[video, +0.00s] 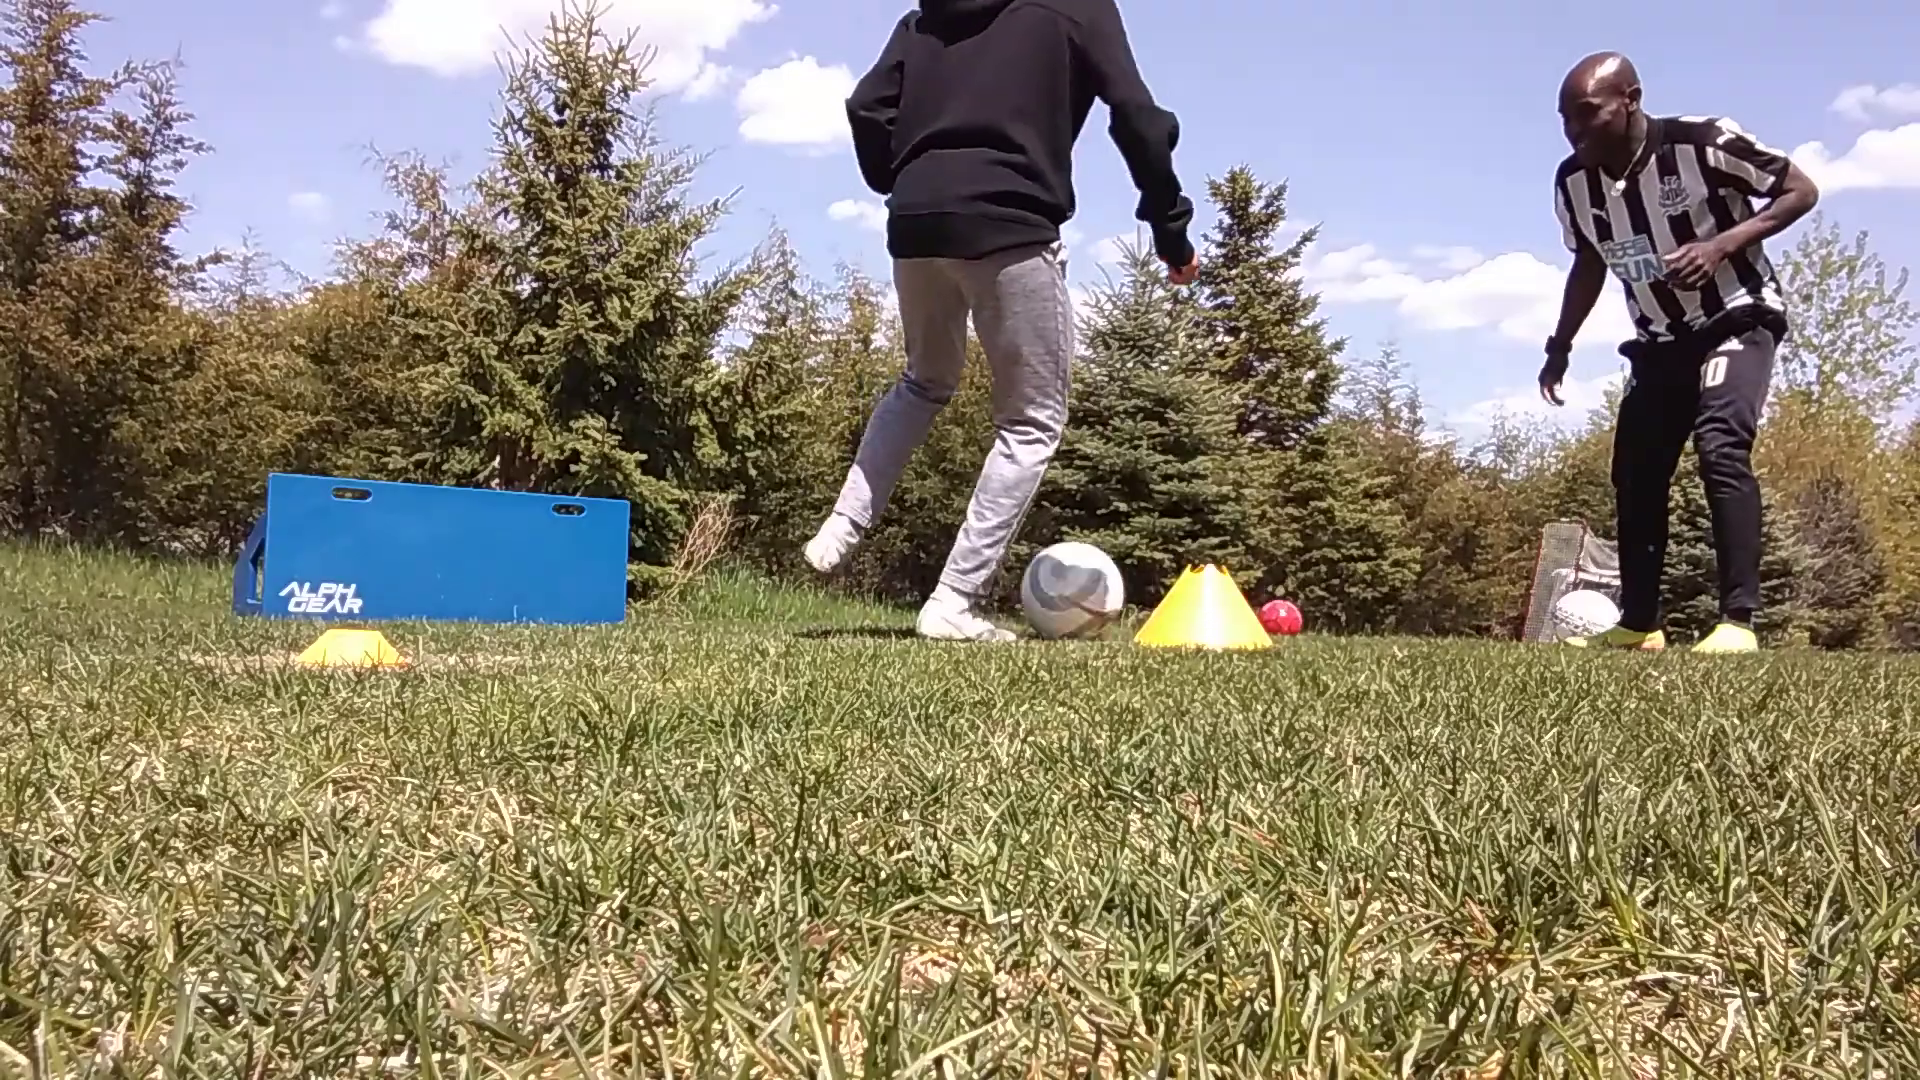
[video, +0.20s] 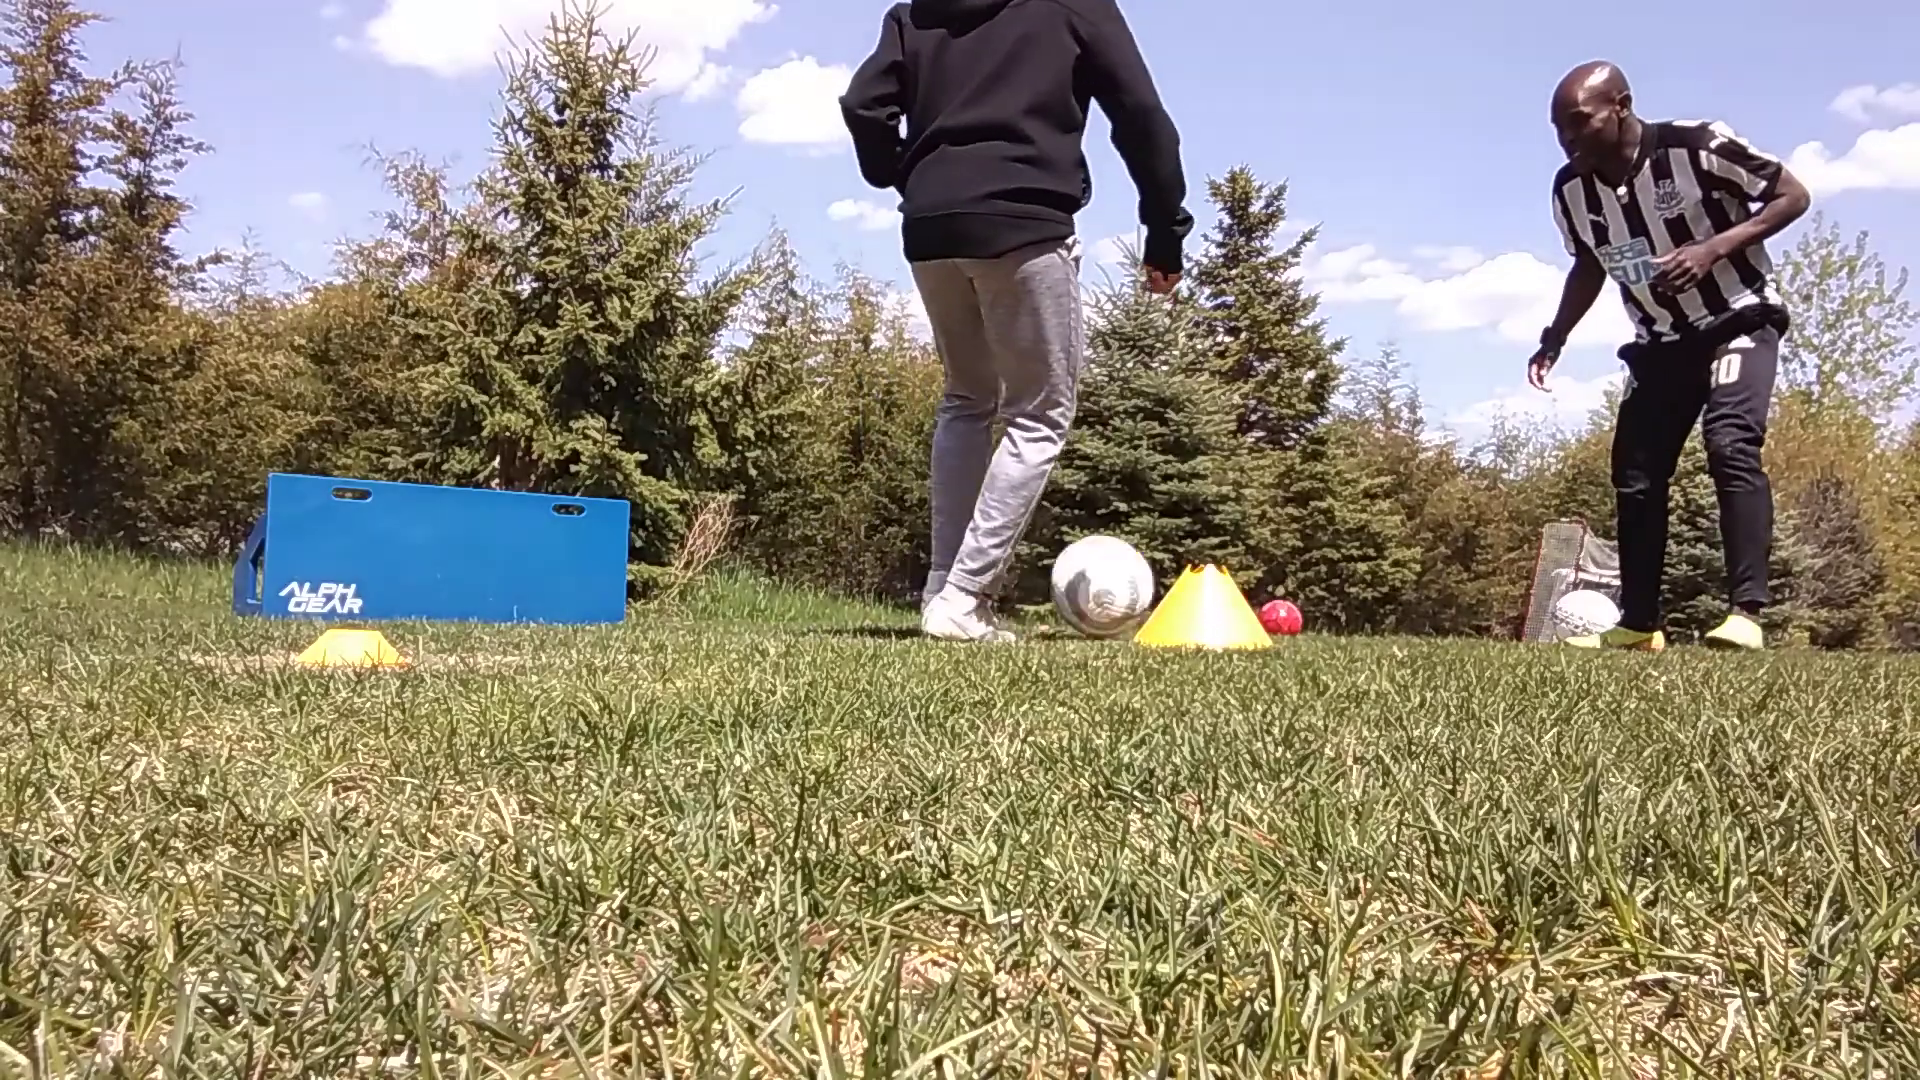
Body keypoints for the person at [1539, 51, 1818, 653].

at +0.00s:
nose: (1572, 134)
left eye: (1585, 117)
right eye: (1566, 120)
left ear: (1630, 103)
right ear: (1563, 117)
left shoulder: (1704, 142)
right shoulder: (1574, 182)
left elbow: (1801, 190)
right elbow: (1590, 262)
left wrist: (1722, 245)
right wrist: (1559, 347)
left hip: (1736, 320)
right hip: (1660, 340)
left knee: (1719, 446)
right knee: (1635, 469)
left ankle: (1737, 623)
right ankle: (1638, 624)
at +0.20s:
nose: (1565, 141)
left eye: (1575, 124)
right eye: (1559, 128)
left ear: (1620, 110)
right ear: (1559, 127)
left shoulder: (1698, 146)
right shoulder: (1571, 191)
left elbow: (1793, 194)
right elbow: (1589, 264)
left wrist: (1714, 248)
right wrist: (1557, 333)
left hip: (1739, 325)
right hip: (1663, 345)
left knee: (1729, 447)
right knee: (1635, 472)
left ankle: (1747, 614)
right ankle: (1638, 625)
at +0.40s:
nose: (1598, 130)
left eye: (1608, 113)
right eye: (1591, 117)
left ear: (1651, 96)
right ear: (1589, 112)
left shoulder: (1728, 139)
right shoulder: (1602, 171)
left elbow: (1825, 200)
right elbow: (1619, 248)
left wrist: (1735, 228)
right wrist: (1587, 318)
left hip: (1747, 328)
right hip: (1673, 342)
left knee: (1727, 455)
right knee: (1646, 469)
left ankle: (1753, 623)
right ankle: (1640, 624)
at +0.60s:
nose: (1621, 139)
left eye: (1628, 125)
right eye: (1614, 127)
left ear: (1669, 101)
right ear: (1612, 116)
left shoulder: (1750, 126)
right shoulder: (1627, 166)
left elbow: (1853, 174)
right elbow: (1651, 248)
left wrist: (1762, 207)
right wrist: (1607, 322)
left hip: (1774, 317)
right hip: (1695, 327)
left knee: (1736, 453)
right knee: (1610, 443)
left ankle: (1754, 624)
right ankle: (1644, 574)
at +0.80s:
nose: (1621, 170)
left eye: (1627, 156)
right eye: (1614, 159)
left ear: (1667, 132)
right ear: (1607, 143)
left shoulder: (1742, 141)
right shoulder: (1628, 187)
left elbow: (1857, 177)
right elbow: (1671, 264)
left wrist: (1760, 224)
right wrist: (1637, 345)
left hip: (1786, 318)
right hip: (1712, 334)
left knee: (1737, 455)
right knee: (1625, 448)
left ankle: (1755, 625)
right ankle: (1631, 604)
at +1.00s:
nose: (1602, 143)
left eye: (1613, 130)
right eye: (1599, 129)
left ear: (1660, 114)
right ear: (1601, 121)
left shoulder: (1734, 135)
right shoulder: (1611, 181)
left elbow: (1836, 179)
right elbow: (1649, 255)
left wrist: (1745, 218)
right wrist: (1639, 343)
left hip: (1769, 316)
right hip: (1692, 334)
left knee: (1737, 450)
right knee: (1668, 472)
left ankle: (1755, 622)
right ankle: (1690, 623)